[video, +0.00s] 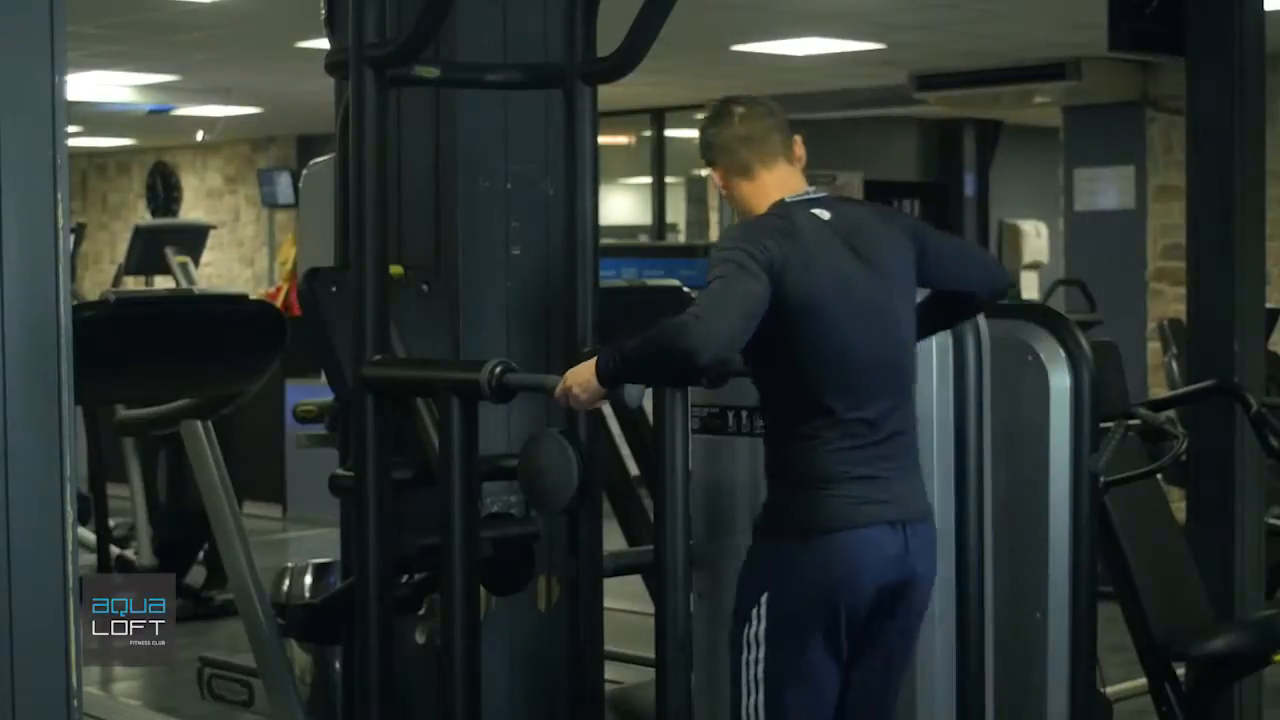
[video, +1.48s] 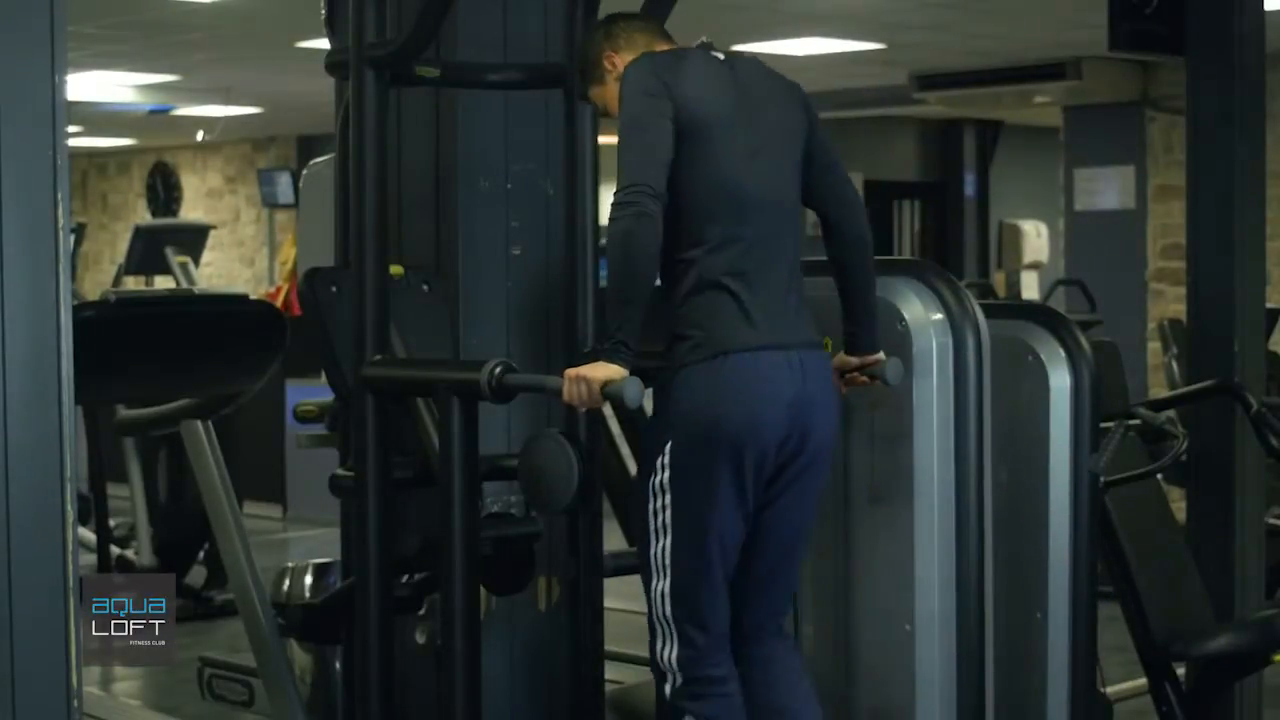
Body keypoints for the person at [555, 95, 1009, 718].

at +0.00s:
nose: (717, 193)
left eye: (714, 181)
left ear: (721, 181)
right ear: (800, 154)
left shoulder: (754, 244)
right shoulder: (884, 224)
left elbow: (703, 345)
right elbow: (989, 278)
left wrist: (606, 368)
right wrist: (896, 326)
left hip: (816, 543)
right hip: (909, 538)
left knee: (778, 706)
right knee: (869, 707)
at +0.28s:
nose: (665, 200)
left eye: (658, 185)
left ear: (664, 177)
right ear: (740, 153)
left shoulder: (714, 225)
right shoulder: (829, 205)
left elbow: (701, 318)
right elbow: (939, 234)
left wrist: (607, 368)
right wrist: (874, 335)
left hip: (788, 528)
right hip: (876, 515)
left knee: (757, 705)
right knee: (836, 705)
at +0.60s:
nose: (642, 208)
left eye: (637, 192)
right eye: (634, 196)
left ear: (666, 153)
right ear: (711, 149)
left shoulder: (692, 190)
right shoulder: (813, 194)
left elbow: (651, 224)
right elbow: (933, 231)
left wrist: (606, 350)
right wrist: (866, 343)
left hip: (762, 501)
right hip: (845, 490)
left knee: (746, 705)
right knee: (829, 702)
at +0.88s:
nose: (620, 185)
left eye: (616, 176)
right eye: (615, 178)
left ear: (634, 162)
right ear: (695, 153)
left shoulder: (655, 181)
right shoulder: (791, 191)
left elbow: (618, 207)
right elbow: (912, 227)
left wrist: (610, 347)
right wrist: (863, 345)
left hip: (736, 497)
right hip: (830, 488)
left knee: (727, 705)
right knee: (819, 703)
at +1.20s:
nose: (614, 181)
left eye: (606, 165)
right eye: (605, 171)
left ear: (620, 128)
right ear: (677, 114)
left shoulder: (649, 140)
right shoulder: (774, 147)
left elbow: (629, 223)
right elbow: (882, 213)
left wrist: (614, 352)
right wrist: (863, 345)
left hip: (714, 445)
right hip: (806, 437)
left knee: (704, 688)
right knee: (792, 683)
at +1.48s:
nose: (612, 117)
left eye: (605, 101)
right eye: (604, 109)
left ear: (614, 62)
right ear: (670, 41)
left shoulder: (649, 78)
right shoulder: (779, 87)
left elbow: (639, 208)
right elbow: (846, 213)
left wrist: (609, 349)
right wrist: (863, 339)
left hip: (716, 380)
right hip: (807, 374)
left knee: (692, 650)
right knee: (764, 631)